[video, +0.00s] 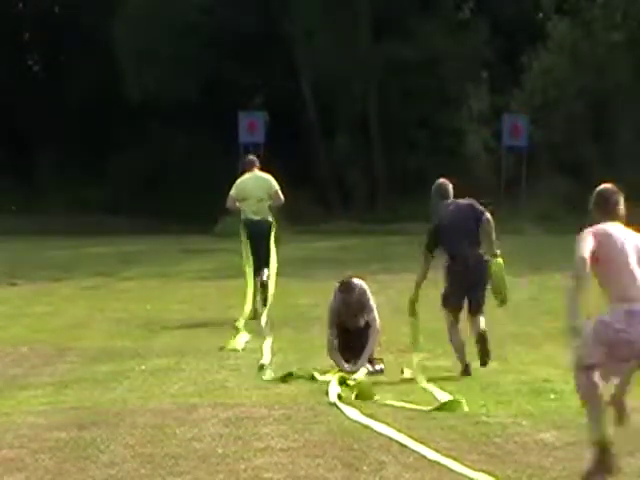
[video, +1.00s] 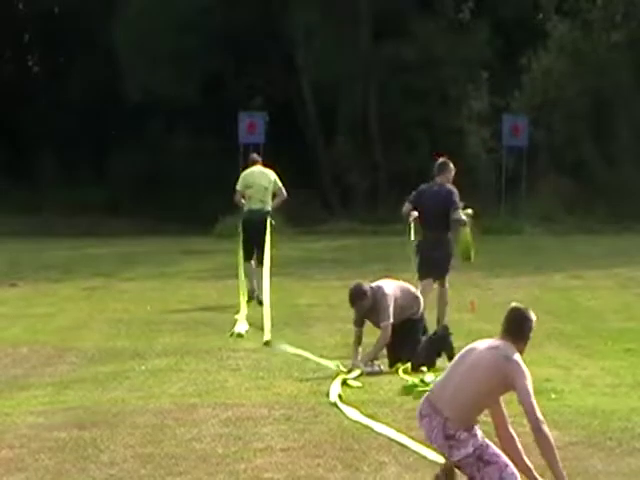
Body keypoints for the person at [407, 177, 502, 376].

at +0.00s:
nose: (436, 202)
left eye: (435, 198)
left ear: (435, 198)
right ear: (452, 193)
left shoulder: (438, 219)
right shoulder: (470, 205)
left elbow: (427, 259)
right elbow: (487, 220)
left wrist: (415, 292)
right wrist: (493, 250)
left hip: (457, 266)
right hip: (479, 261)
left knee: (452, 318)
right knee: (476, 312)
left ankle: (464, 364)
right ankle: (481, 334)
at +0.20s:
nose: (443, 185)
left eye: (438, 182)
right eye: (447, 180)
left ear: (433, 182)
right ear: (451, 181)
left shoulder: (432, 204)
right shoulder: (464, 200)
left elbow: (427, 228)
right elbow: (480, 220)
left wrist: (424, 253)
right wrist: (485, 245)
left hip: (440, 252)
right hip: (460, 251)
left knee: (440, 290)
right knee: (459, 303)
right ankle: (454, 355)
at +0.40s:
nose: (429, 179)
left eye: (426, 176)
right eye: (432, 175)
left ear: (421, 177)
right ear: (437, 175)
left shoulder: (422, 199)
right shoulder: (453, 194)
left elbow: (416, 225)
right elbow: (470, 216)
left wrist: (412, 249)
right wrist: (477, 243)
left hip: (435, 245)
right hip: (455, 243)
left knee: (432, 299)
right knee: (452, 292)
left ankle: (435, 345)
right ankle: (455, 320)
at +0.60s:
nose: (441, 179)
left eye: (435, 176)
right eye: (441, 176)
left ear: (426, 177)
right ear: (442, 176)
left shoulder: (418, 197)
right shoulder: (449, 198)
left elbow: (405, 216)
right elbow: (464, 223)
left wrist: (395, 227)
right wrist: (470, 243)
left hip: (424, 244)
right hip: (443, 244)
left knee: (424, 285)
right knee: (439, 287)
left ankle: (428, 322)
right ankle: (436, 328)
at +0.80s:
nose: (434, 175)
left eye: (428, 173)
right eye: (435, 171)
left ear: (420, 174)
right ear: (435, 172)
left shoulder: (417, 195)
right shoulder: (447, 191)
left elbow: (407, 217)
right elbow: (461, 214)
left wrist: (399, 215)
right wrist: (465, 231)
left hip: (425, 240)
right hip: (442, 239)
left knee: (423, 286)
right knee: (438, 279)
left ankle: (420, 329)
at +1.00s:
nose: (452, 177)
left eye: (452, 174)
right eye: (452, 174)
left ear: (436, 173)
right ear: (447, 174)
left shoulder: (423, 190)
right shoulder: (450, 191)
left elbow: (406, 208)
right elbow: (455, 216)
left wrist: (413, 216)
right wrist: (465, 217)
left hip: (425, 238)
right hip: (443, 238)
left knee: (425, 282)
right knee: (442, 283)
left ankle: (418, 319)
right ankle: (441, 323)